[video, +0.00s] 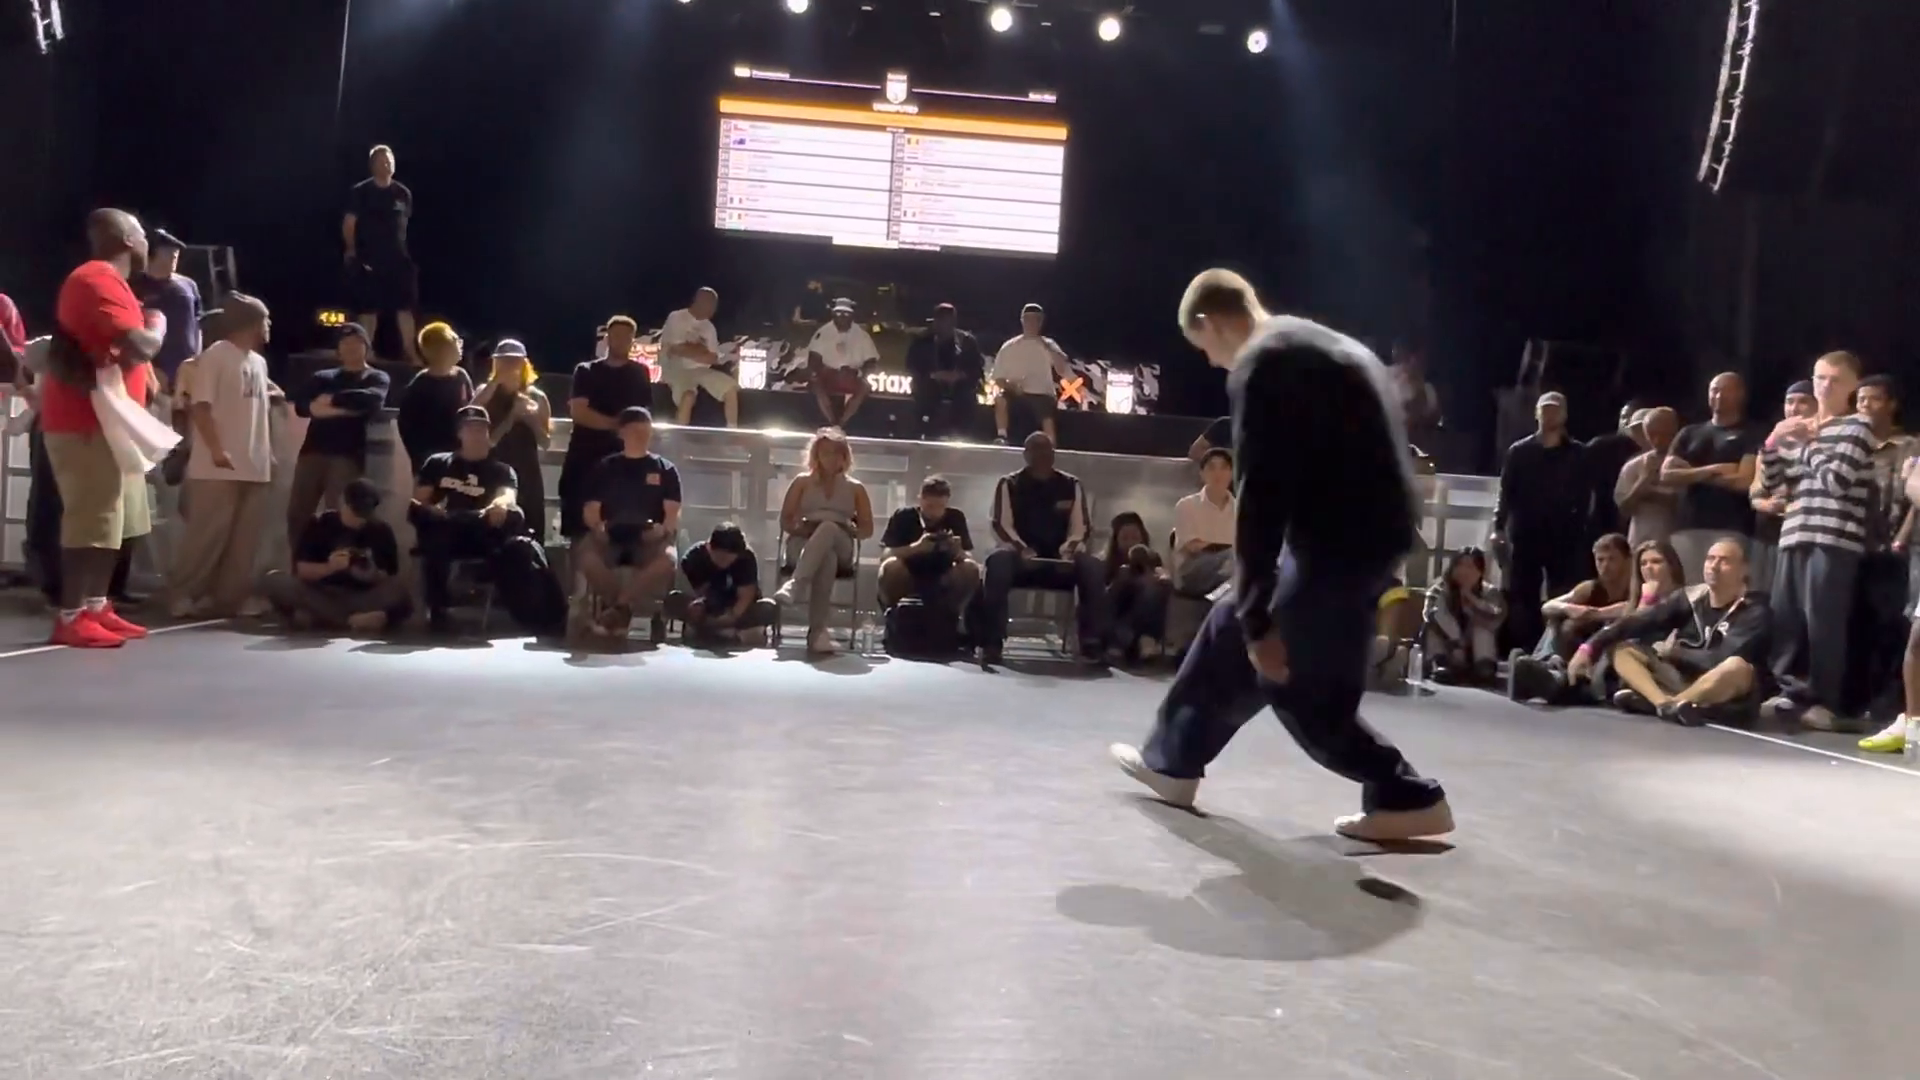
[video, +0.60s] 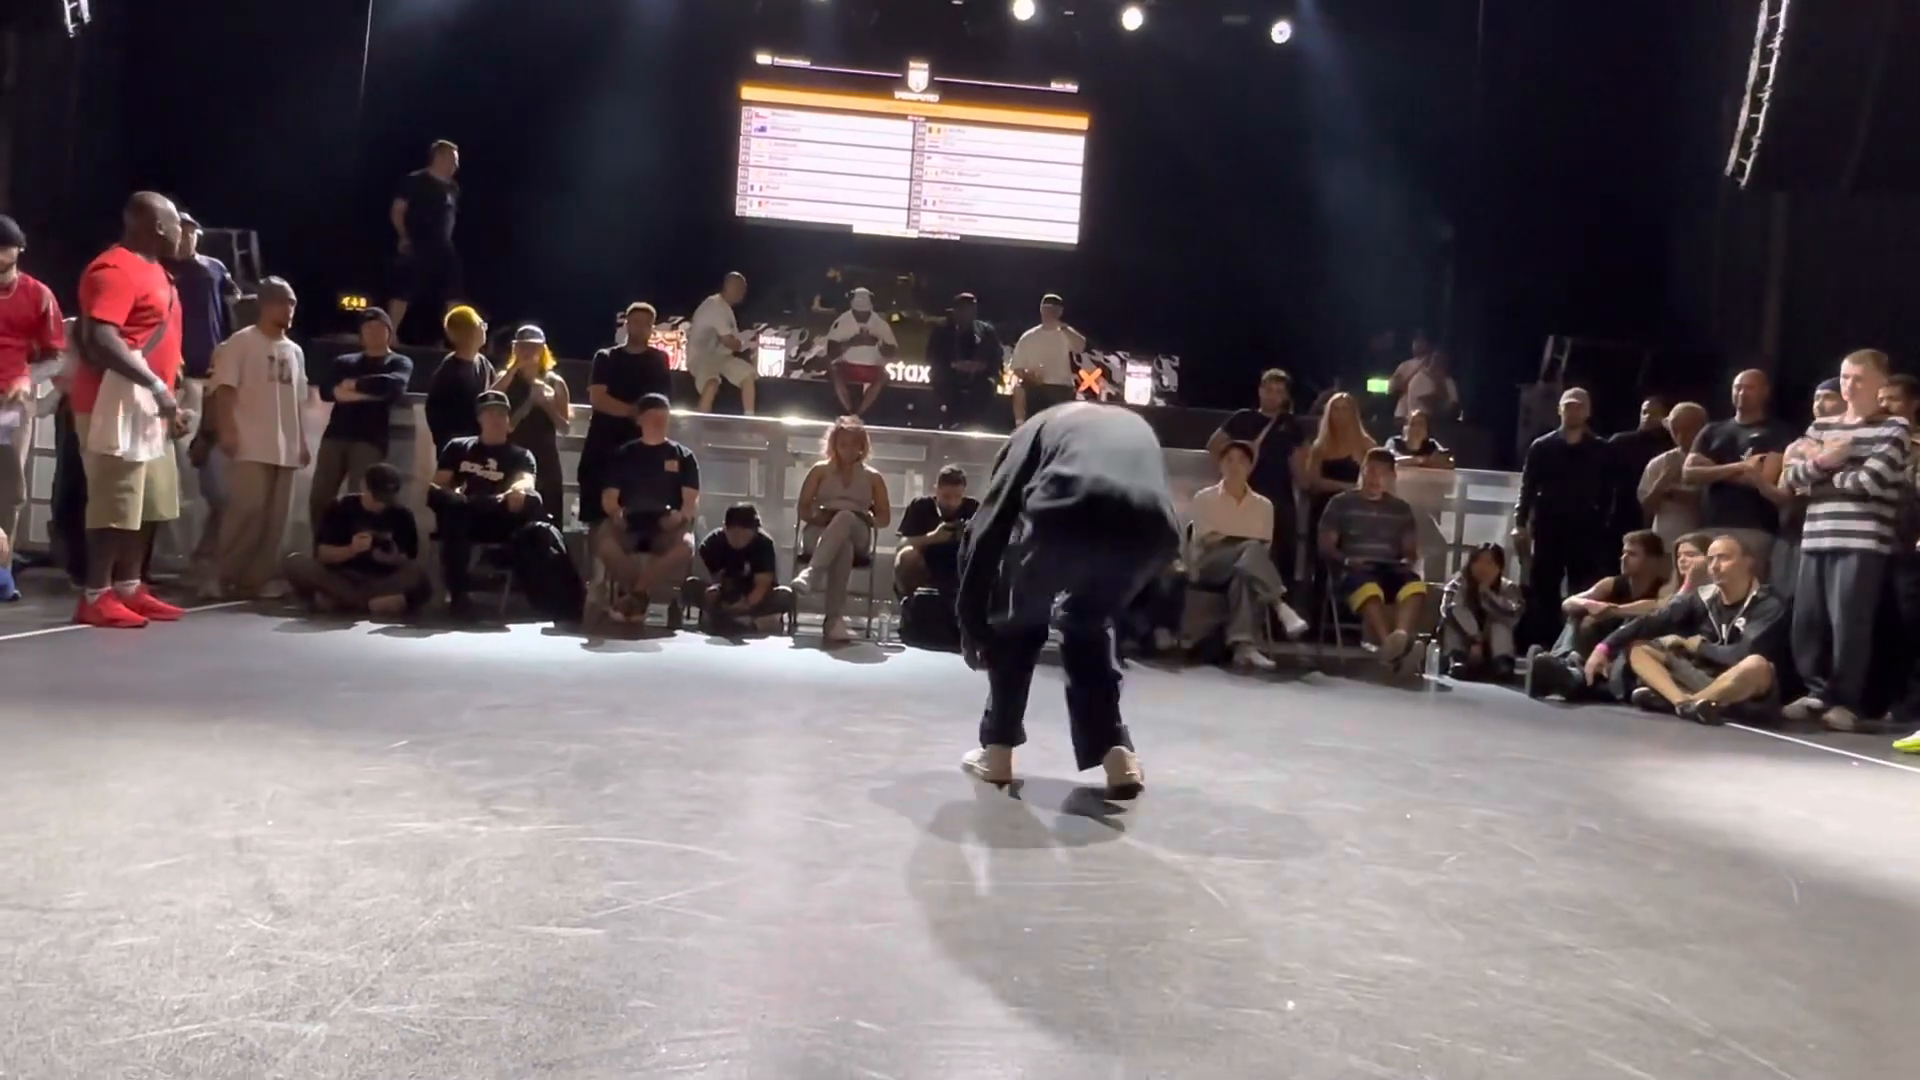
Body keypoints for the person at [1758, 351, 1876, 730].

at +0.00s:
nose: (1821, 386)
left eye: (1830, 380)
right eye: (1819, 378)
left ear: (1850, 387)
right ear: (1813, 383)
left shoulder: (1857, 427)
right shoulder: (1811, 431)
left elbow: (1838, 480)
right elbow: (1778, 483)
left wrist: (1803, 448)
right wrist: (1773, 444)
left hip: (1832, 531)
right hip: (1795, 530)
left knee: (1824, 618)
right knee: (1786, 611)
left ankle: (1828, 702)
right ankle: (1793, 690)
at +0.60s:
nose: (1848, 386)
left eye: (1857, 379)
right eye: (1844, 379)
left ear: (1880, 385)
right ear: (1840, 383)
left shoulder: (1894, 430)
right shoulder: (1823, 428)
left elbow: (1870, 481)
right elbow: (1789, 476)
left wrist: (1821, 475)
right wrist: (1822, 461)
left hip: (1859, 540)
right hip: (1815, 539)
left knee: (1849, 622)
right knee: (1806, 617)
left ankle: (1848, 702)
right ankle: (1816, 692)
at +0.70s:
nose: (1848, 386)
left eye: (1858, 379)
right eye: (1845, 378)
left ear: (1880, 385)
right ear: (1841, 383)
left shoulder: (1893, 429)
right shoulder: (1821, 429)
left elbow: (1864, 480)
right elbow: (1789, 475)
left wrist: (1814, 472)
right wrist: (1835, 463)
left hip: (1860, 539)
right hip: (1815, 539)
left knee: (1849, 620)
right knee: (1809, 618)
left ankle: (1848, 702)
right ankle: (1818, 691)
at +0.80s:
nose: (1847, 386)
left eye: (1857, 379)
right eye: (1845, 378)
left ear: (1880, 385)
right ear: (1840, 384)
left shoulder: (1891, 430)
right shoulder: (1820, 430)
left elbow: (1865, 477)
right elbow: (1792, 475)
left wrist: (1817, 473)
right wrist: (1842, 462)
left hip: (1860, 538)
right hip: (1814, 539)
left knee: (1851, 621)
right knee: (1811, 619)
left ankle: (1849, 702)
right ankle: (1820, 692)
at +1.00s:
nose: (1848, 388)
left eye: (1858, 381)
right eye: (1845, 381)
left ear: (1880, 386)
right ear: (1840, 385)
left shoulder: (1895, 428)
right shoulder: (1823, 429)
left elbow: (1872, 475)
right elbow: (1793, 472)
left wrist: (1820, 474)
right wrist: (1840, 459)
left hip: (1864, 537)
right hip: (1817, 538)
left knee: (1855, 621)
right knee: (1815, 619)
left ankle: (1853, 703)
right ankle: (1824, 692)